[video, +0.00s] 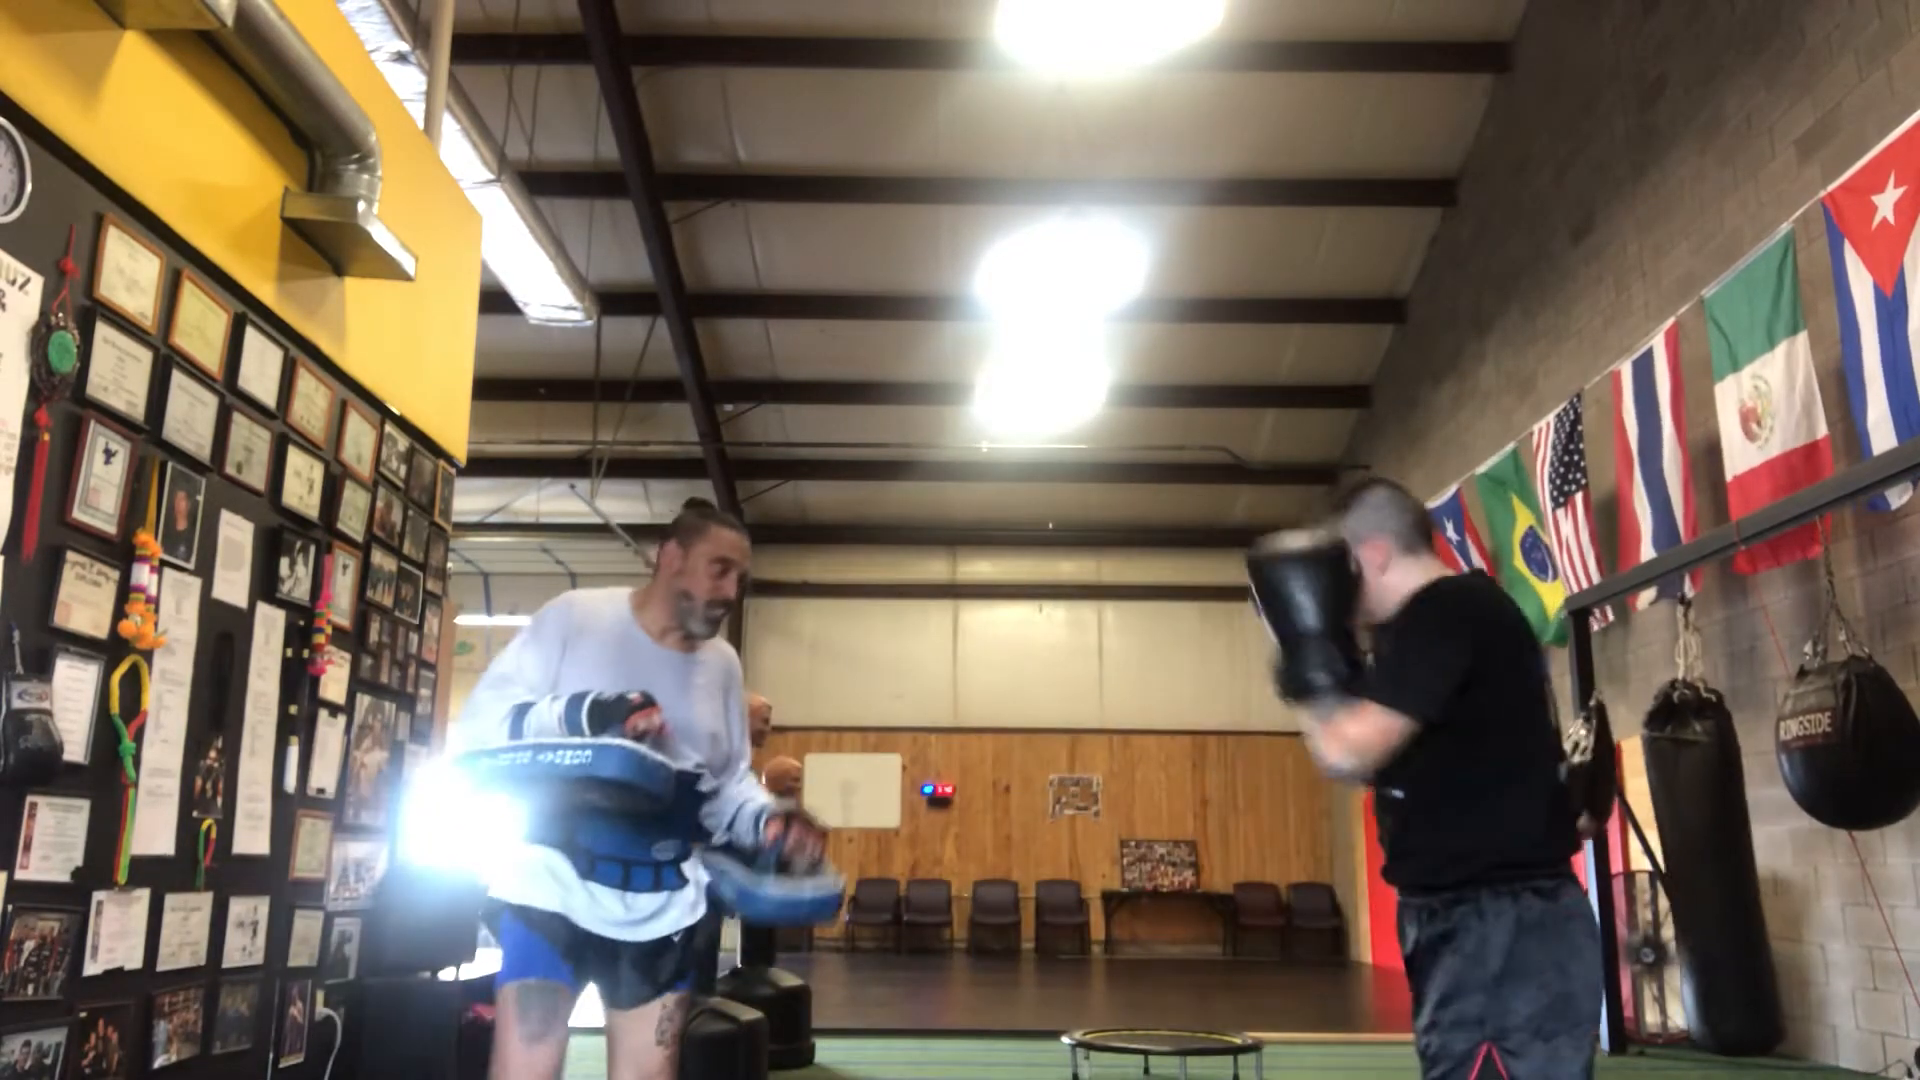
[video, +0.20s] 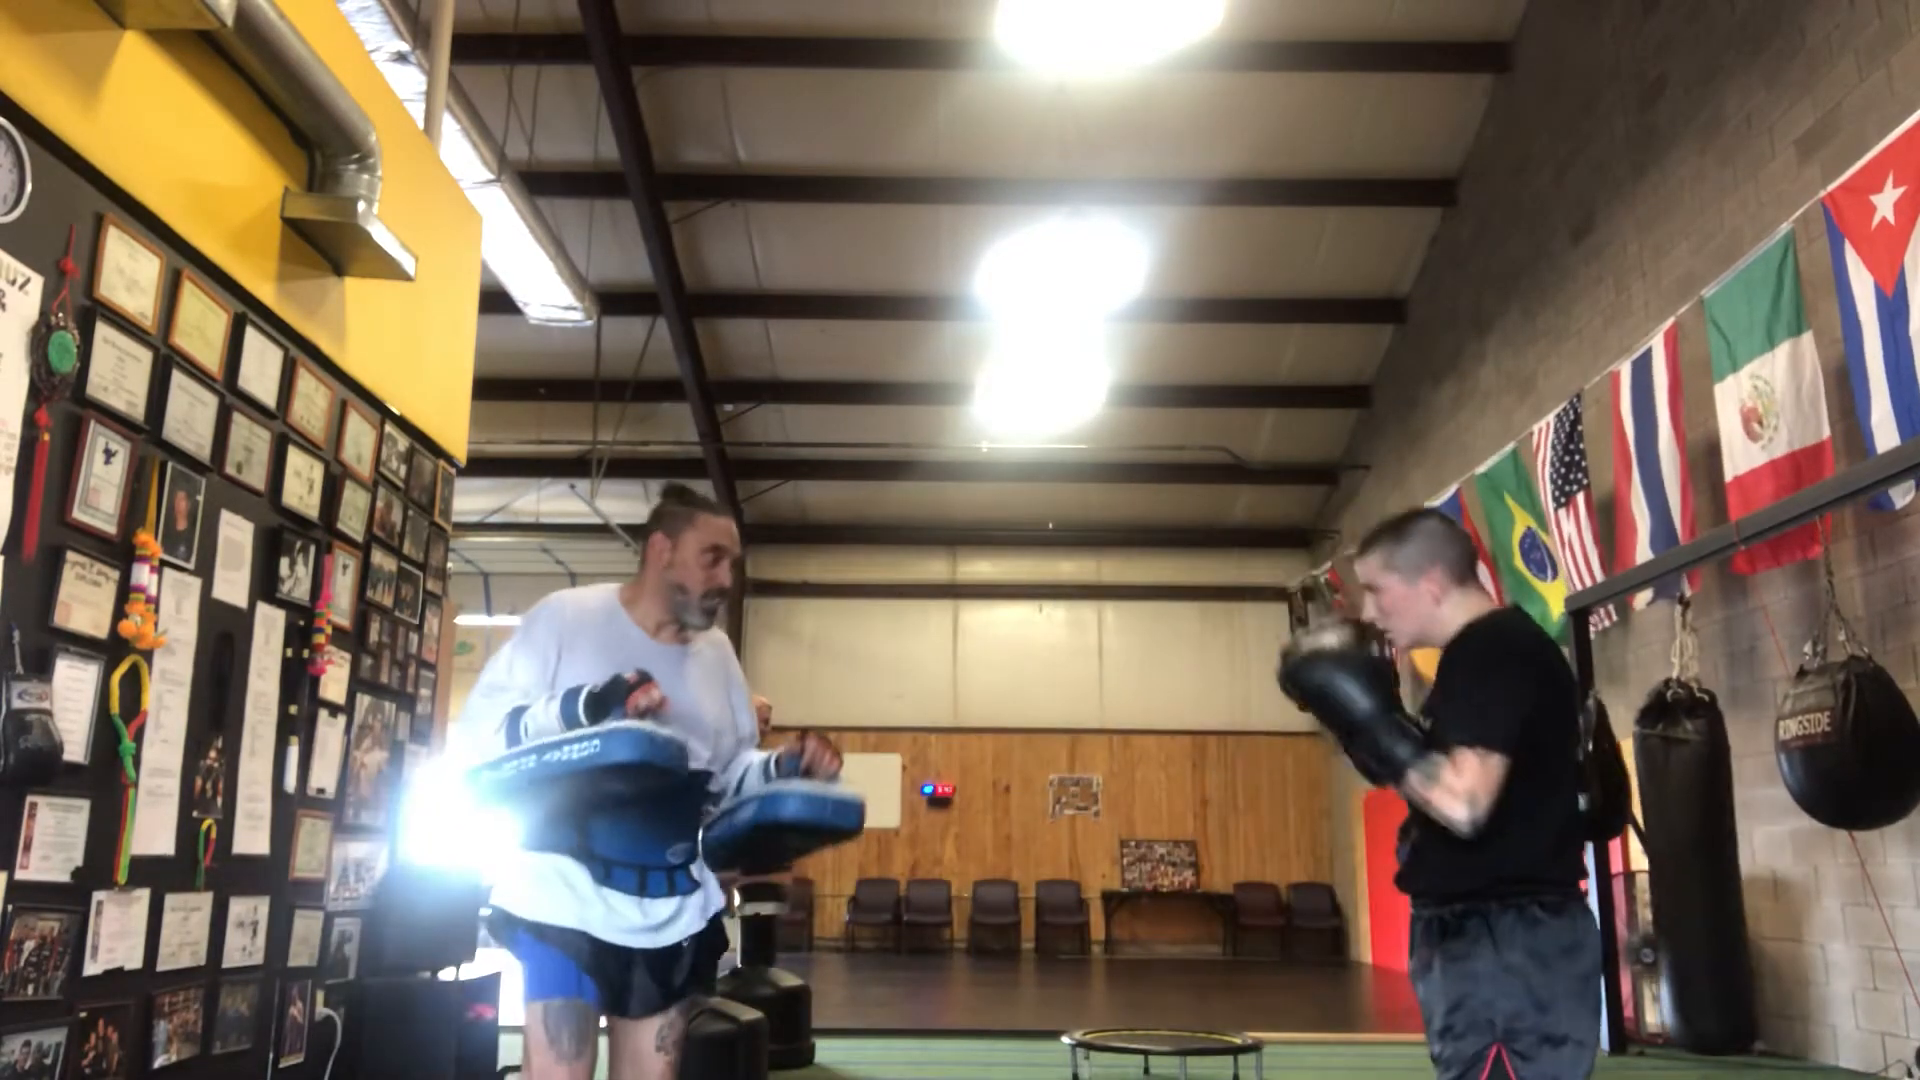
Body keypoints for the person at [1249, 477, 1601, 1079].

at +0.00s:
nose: (1340, 587)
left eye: (1344, 568)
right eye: (1338, 569)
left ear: (1375, 556)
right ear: (1391, 547)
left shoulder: (1450, 613)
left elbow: (1349, 748)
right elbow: (1347, 752)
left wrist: (1307, 648)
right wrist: (1324, 653)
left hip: (1497, 937)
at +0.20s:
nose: (1368, 610)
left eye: (1376, 590)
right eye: (1366, 593)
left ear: (1431, 583)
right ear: (1432, 585)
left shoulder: (1495, 651)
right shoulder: (1483, 652)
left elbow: (1464, 804)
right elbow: (1440, 781)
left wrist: (1369, 718)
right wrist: (1364, 713)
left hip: (1507, 948)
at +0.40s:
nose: (1382, 615)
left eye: (1391, 594)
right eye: (1378, 599)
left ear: (1447, 587)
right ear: (1448, 589)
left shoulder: (1497, 648)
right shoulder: (1490, 653)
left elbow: (1481, 790)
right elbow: (1446, 795)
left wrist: (1387, 714)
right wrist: (1373, 732)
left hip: (1511, 930)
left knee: (1473, 1066)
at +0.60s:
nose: (1371, 606)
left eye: (1380, 589)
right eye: (1367, 593)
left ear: (1436, 584)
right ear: (1436, 586)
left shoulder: (1487, 639)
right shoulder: (1450, 661)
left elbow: (1448, 769)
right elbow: (1414, 799)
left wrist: (1374, 670)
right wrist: (1345, 711)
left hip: (1502, 920)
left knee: (1411, 1069)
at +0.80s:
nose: (1332, 611)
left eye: (1342, 590)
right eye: (1329, 595)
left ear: (1398, 584)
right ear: (1401, 585)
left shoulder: (1437, 646)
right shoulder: (1458, 644)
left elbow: (1374, 772)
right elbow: (1371, 766)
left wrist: (1308, 688)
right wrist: (1314, 692)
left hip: (1452, 930)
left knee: (1393, 1066)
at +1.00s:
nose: (1320, 607)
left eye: (1325, 587)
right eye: (1317, 591)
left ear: (1367, 582)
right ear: (1377, 581)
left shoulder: (1399, 633)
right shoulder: (1441, 634)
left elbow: (1286, 721)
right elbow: (1311, 755)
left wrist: (1270, 622)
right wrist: (1281, 635)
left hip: (1434, 923)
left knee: (1391, 1065)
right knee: (1450, 1067)